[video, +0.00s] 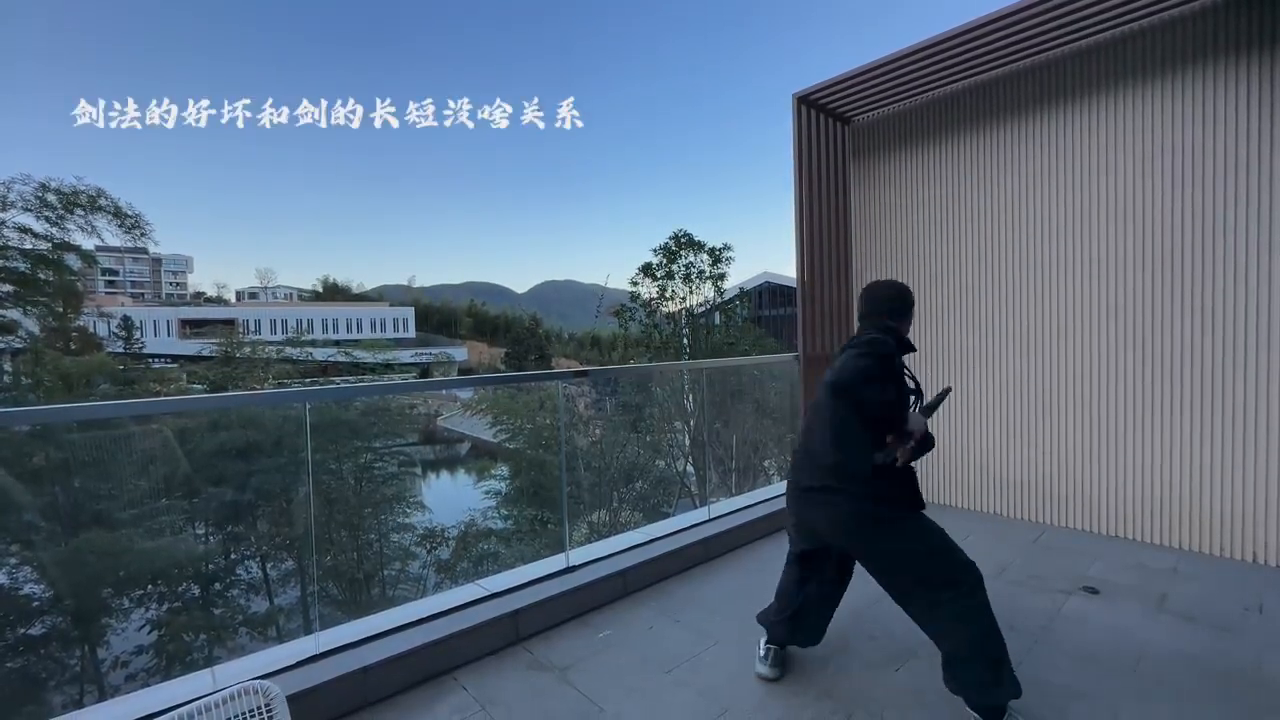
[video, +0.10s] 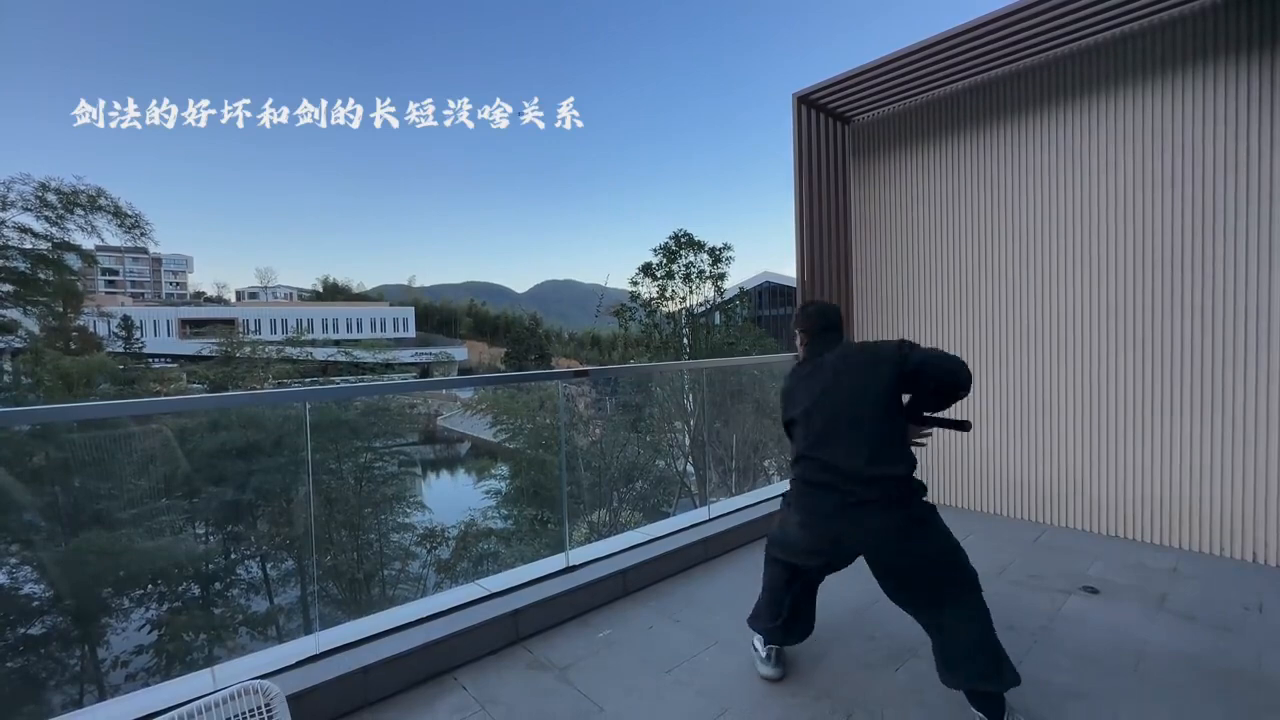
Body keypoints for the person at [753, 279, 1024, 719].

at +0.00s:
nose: (910, 325)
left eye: (908, 317)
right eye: (909, 317)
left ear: (863, 315)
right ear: (903, 319)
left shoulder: (847, 357)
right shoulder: (881, 357)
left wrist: (911, 440)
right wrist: (904, 439)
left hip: (811, 498)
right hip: (867, 504)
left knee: (812, 560)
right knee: (956, 582)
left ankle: (773, 643)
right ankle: (991, 702)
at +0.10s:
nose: (795, 346)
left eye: (795, 339)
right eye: (795, 339)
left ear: (803, 339)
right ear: (840, 332)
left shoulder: (795, 383)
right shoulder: (886, 356)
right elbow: (956, 375)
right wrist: (912, 411)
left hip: (819, 515)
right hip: (895, 511)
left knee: (786, 559)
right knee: (953, 589)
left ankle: (768, 644)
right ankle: (990, 705)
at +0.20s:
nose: (762, 372)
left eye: (761, 363)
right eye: (759, 364)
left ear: (772, 360)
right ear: (802, 349)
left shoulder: (784, 400)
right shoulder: (844, 368)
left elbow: (772, 452)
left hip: (846, 526)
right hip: (908, 517)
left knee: (778, 547)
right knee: (953, 608)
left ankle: (763, 643)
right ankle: (1015, 702)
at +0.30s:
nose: (758, 379)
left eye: (758, 372)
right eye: (757, 373)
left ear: (771, 372)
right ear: (802, 359)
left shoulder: (788, 410)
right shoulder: (844, 383)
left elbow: (745, 430)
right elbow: (793, 394)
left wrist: (733, 404)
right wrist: (743, 387)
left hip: (853, 531)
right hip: (916, 525)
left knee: (779, 547)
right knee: (954, 612)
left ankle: (764, 644)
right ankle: (1014, 704)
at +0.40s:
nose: (776, 369)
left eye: (775, 362)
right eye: (775, 362)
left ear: (786, 361)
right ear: (818, 350)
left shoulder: (798, 403)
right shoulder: (858, 372)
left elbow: (772, 451)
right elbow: (828, 407)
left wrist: (769, 410)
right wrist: (774, 398)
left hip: (852, 531)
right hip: (916, 527)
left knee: (782, 548)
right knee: (952, 613)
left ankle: (765, 641)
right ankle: (1019, 706)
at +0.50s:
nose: (818, 343)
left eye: (820, 335)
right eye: (818, 336)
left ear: (837, 337)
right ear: (871, 332)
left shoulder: (845, 377)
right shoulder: (915, 363)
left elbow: (812, 432)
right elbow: (877, 399)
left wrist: (811, 387)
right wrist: (823, 379)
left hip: (879, 522)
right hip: (944, 521)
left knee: (805, 559)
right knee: (953, 613)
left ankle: (768, 639)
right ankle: (1029, 706)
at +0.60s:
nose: (865, 328)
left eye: (866, 319)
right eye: (864, 320)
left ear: (885, 315)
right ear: (918, 309)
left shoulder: (901, 362)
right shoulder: (962, 345)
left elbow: (844, 403)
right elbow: (885, 372)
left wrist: (822, 361)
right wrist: (829, 356)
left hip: (928, 509)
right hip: (992, 509)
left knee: (851, 568)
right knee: (965, 610)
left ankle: (786, 631)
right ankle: (1034, 700)